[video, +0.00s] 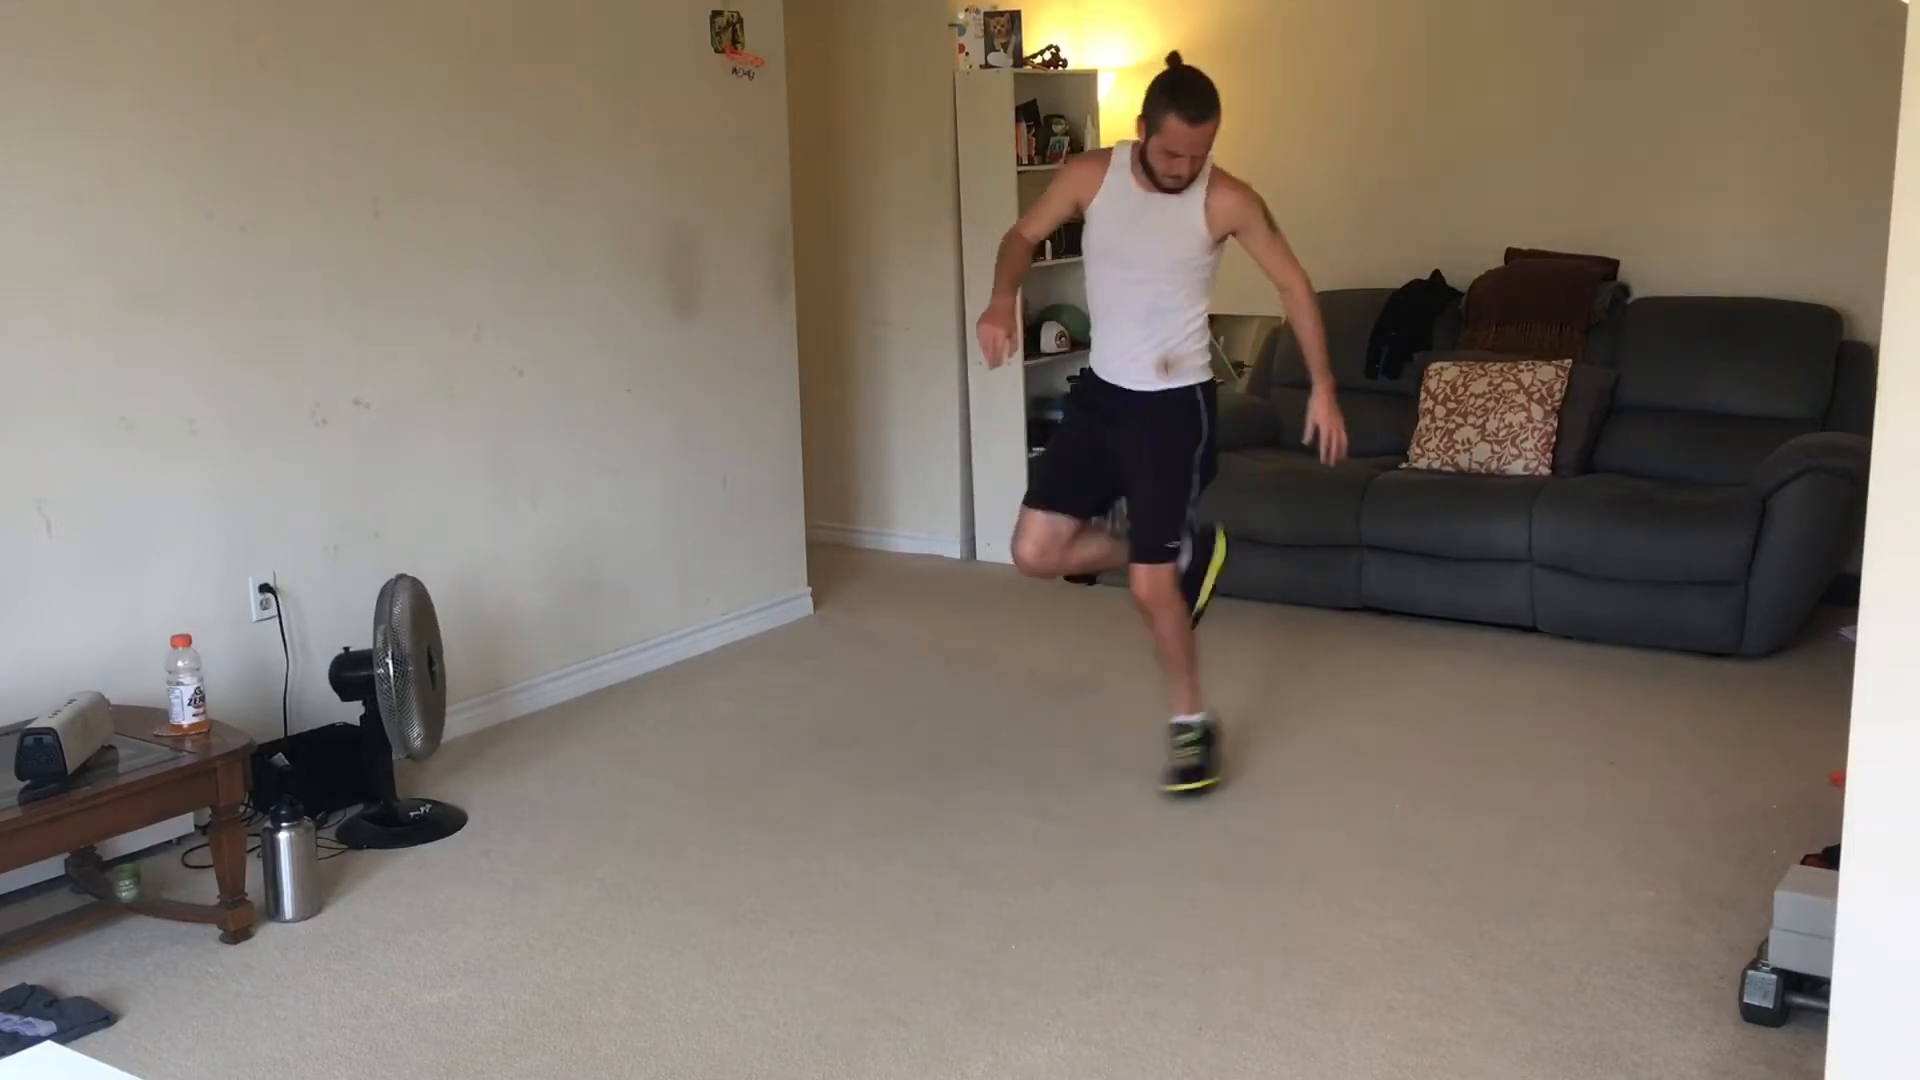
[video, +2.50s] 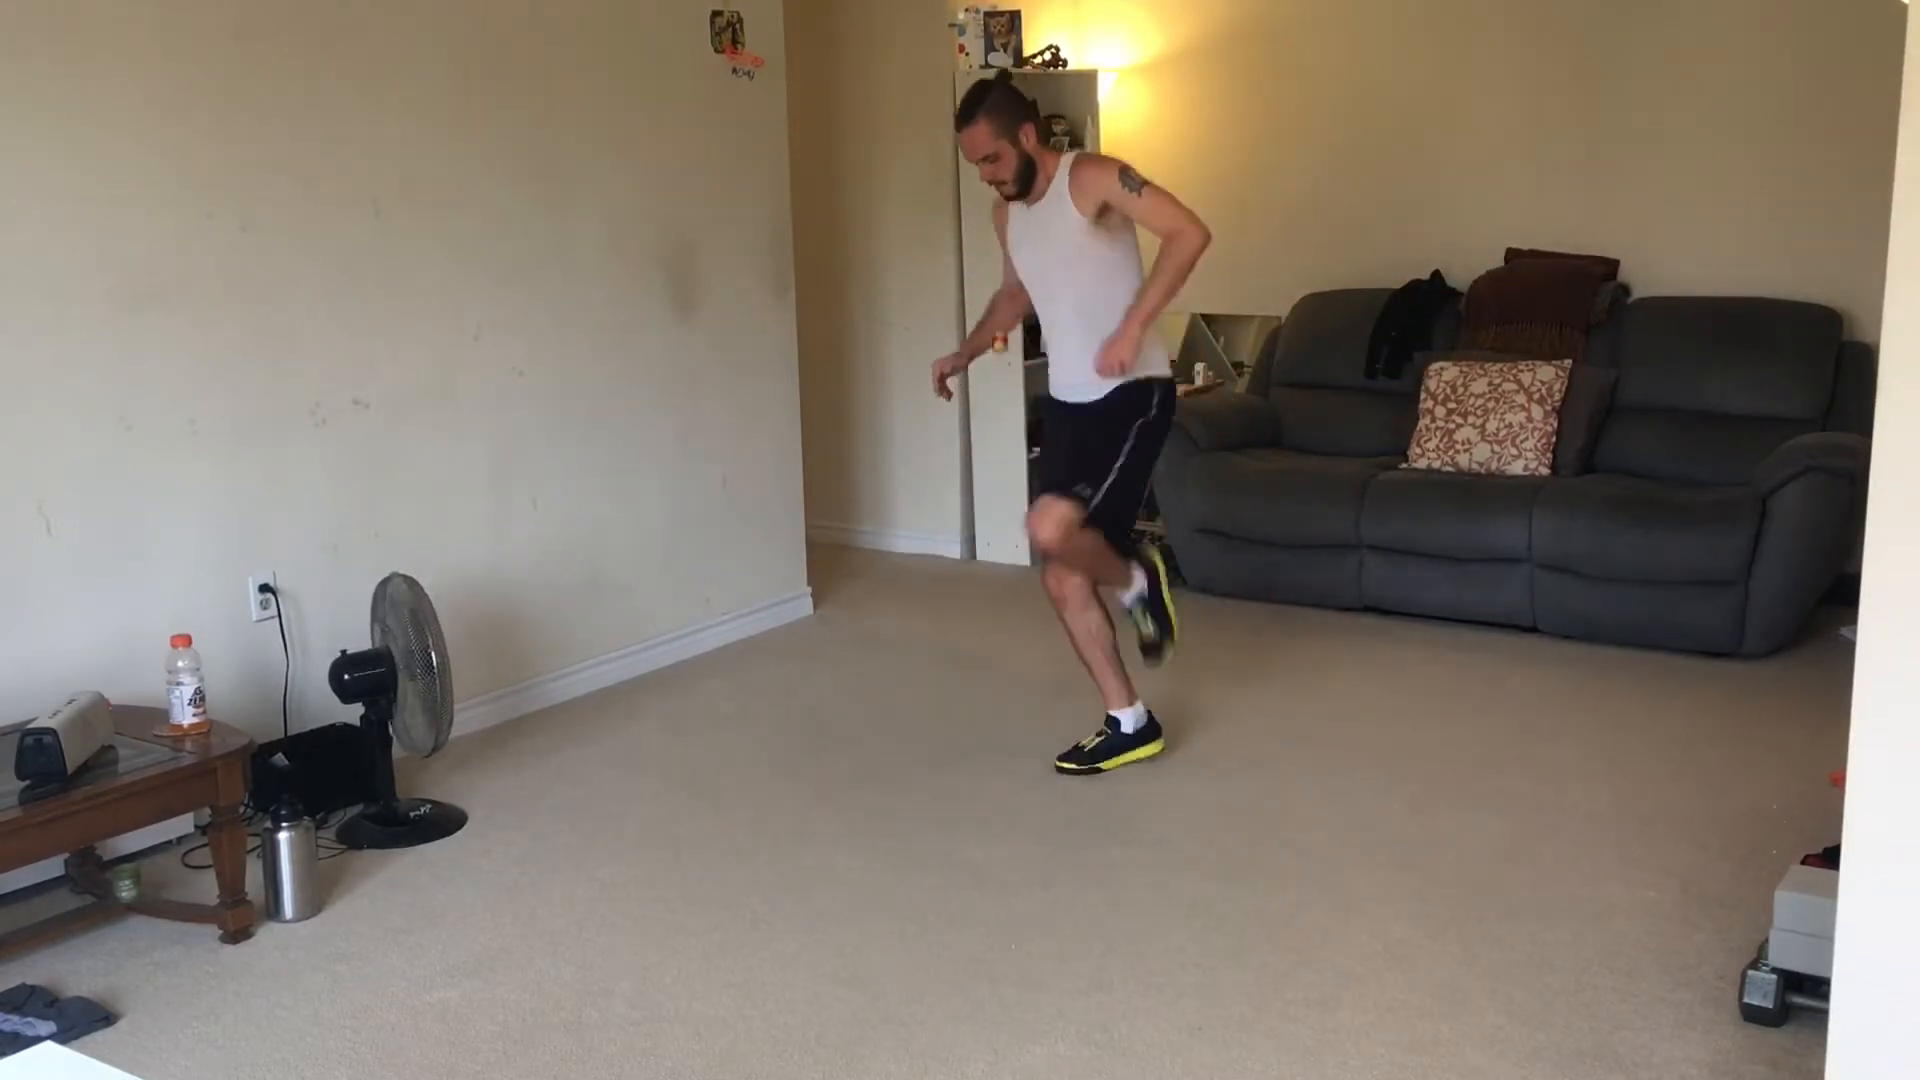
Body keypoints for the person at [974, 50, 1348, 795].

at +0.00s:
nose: (1182, 166)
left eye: (1195, 154)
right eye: (1170, 152)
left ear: (1213, 138)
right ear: (1143, 129)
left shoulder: (1228, 201)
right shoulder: (1090, 175)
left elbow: (1295, 288)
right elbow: (1024, 236)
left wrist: (1323, 387)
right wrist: (1001, 299)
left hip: (1174, 406)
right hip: (1098, 395)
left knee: (1153, 583)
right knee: (1037, 551)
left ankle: (1189, 724)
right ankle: (1181, 556)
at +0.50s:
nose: (1088, 263)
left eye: (1088, 246)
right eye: (1073, 257)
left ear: (1107, 209)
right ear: (1060, 245)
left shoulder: (1188, 225)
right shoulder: (1081, 263)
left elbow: (1311, 232)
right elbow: (1026, 331)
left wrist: (1425, 241)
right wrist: (992, 369)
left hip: (1215, 427)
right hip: (1160, 422)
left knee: (1060, 512)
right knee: (1102, 561)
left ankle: (1101, 649)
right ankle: (1149, 705)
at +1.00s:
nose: (1118, 165)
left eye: (1134, 153)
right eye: (1110, 150)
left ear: (1171, 140)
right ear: (1104, 137)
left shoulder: (1201, 204)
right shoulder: (1117, 191)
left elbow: (1148, 288)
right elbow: (1133, 303)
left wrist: (1044, 241)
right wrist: (1093, 358)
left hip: (1171, 412)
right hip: (1104, 396)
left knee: (1160, 582)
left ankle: (1197, 730)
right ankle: (1060, 647)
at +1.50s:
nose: (1017, 182)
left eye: (1026, 166)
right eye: (1008, 169)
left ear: (1067, 149)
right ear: (1004, 160)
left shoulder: (1125, 210)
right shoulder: (1029, 218)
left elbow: (1219, 287)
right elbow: (1028, 299)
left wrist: (1182, 384)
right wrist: (979, 377)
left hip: (1117, 410)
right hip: (1056, 411)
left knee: (1020, 535)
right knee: (1013, 584)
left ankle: (1062, 678)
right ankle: (1079, 734)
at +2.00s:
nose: (1003, 159)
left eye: (1009, 143)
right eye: (994, 146)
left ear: (1049, 125)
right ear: (1020, 135)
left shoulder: (1105, 180)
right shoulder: (1040, 197)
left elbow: (1197, 254)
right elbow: (1048, 287)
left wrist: (1195, 361)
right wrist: (984, 341)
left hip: (1111, 394)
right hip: (1064, 392)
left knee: (983, 498)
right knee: (1066, 549)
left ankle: (1043, 617)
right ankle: (1120, 695)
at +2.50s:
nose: (985, 175)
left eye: (991, 158)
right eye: (975, 163)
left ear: (1028, 133)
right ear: (974, 154)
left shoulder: (1093, 178)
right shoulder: (1008, 211)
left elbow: (1188, 233)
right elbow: (1019, 291)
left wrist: (1133, 327)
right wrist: (968, 351)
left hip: (1133, 390)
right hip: (1067, 399)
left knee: (1051, 526)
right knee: (1059, 568)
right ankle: (1129, 720)